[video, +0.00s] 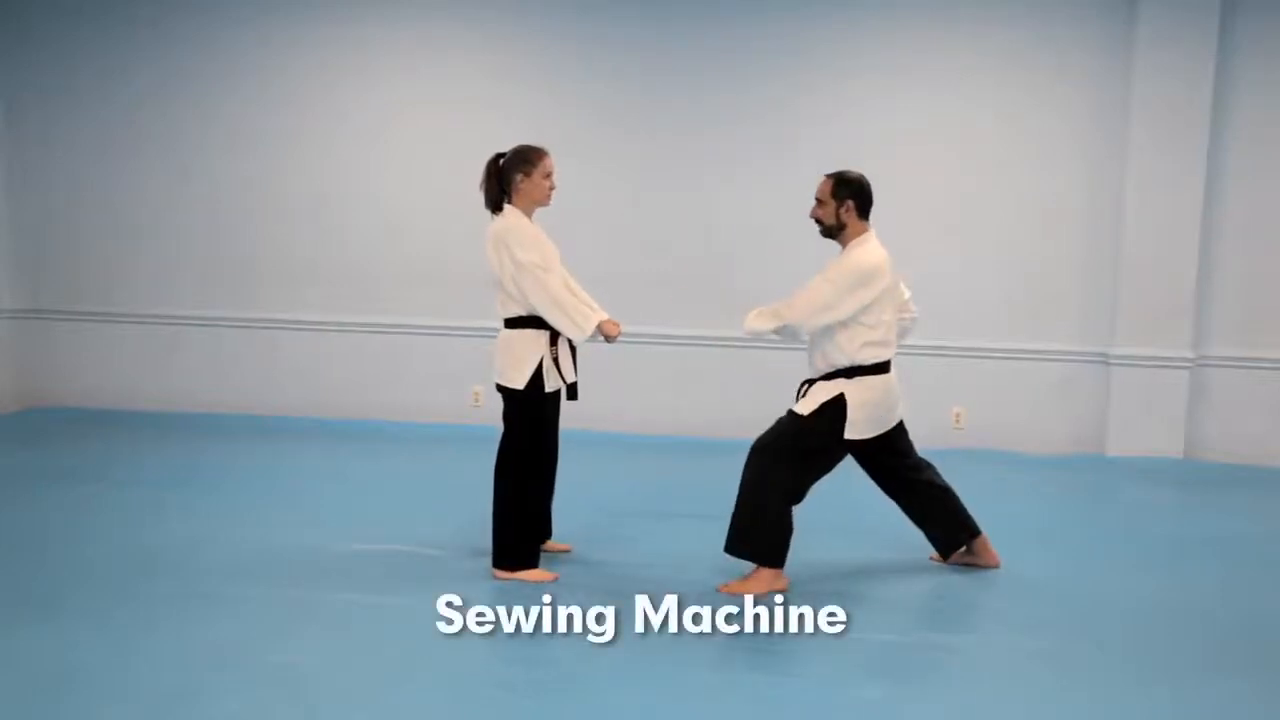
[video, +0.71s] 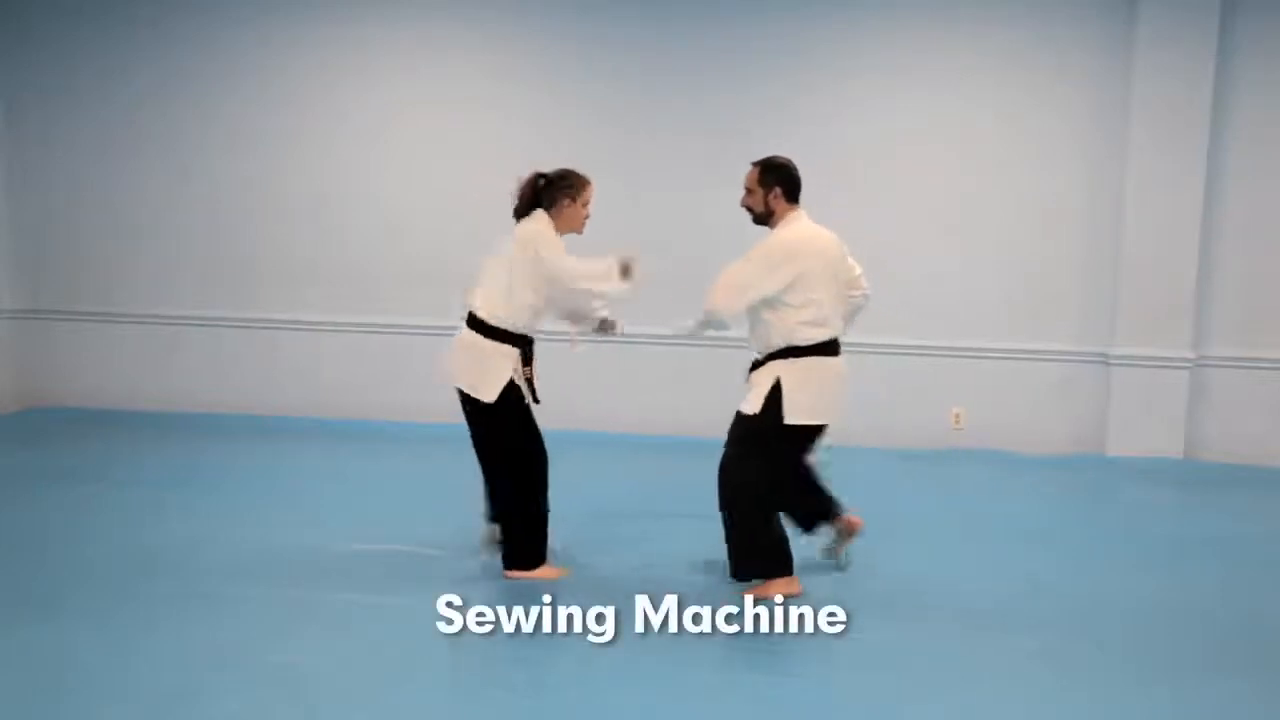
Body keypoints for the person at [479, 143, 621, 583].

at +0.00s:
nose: (553, 185)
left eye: (553, 177)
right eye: (546, 177)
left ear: (525, 183)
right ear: (519, 182)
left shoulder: (528, 228)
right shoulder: (511, 230)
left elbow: (562, 279)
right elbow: (544, 289)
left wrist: (598, 316)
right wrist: (594, 324)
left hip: (545, 352)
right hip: (526, 354)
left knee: (542, 452)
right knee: (521, 457)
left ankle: (534, 537)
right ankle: (510, 562)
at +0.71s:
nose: (589, 215)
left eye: (589, 206)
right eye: (585, 206)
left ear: (558, 204)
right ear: (564, 204)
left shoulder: (529, 233)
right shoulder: (540, 235)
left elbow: (554, 295)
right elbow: (564, 278)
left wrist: (594, 317)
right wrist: (615, 271)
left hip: (480, 360)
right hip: (493, 366)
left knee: (508, 457)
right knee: (529, 459)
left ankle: (516, 549)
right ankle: (524, 562)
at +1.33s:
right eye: (441, 238)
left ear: (398, 243)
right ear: (440, 242)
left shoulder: (384, 284)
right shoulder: (465, 284)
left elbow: (368, 334)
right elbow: (517, 300)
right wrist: (508, 259)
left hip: (393, 413)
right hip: (454, 415)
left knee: (321, 453)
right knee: (524, 468)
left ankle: (294, 549)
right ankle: (542, 562)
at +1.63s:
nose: (442, 243)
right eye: (442, 238)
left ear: (403, 242)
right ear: (440, 243)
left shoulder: (385, 285)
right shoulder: (461, 286)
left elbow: (372, 342)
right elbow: (505, 309)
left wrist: (371, 375)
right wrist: (504, 267)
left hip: (393, 413)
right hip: (453, 414)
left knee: (322, 452)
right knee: (528, 466)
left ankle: (296, 549)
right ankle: (541, 563)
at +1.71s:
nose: (444, 239)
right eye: (443, 234)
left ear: (402, 238)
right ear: (440, 239)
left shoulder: (383, 281)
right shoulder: (461, 282)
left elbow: (356, 341)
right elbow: (506, 307)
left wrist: (380, 356)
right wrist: (503, 266)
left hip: (390, 408)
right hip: (451, 410)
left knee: (322, 452)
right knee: (523, 465)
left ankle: (296, 549)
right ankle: (542, 563)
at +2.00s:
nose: (450, 226)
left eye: (448, 218)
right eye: (446, 220)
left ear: (407, 225)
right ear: (428, 225)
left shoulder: (389, 259)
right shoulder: (451, 264)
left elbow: (444, 275)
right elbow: (485, 276)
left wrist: (488, 269)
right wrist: (501, 270)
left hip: (376, 394)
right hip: (434, 399)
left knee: (325, 455)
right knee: (506, 462)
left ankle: (296, 549)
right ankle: (535, 562)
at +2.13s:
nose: (463, 228)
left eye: (461, 220)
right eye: (458, 221)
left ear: (422, 226)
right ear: (439, 226)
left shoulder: (401, 261)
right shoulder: (467, 267)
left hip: (387, 397)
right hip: (445, 404)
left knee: (336, 463)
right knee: (519, 465)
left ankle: (295, 550)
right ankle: (539, 562)